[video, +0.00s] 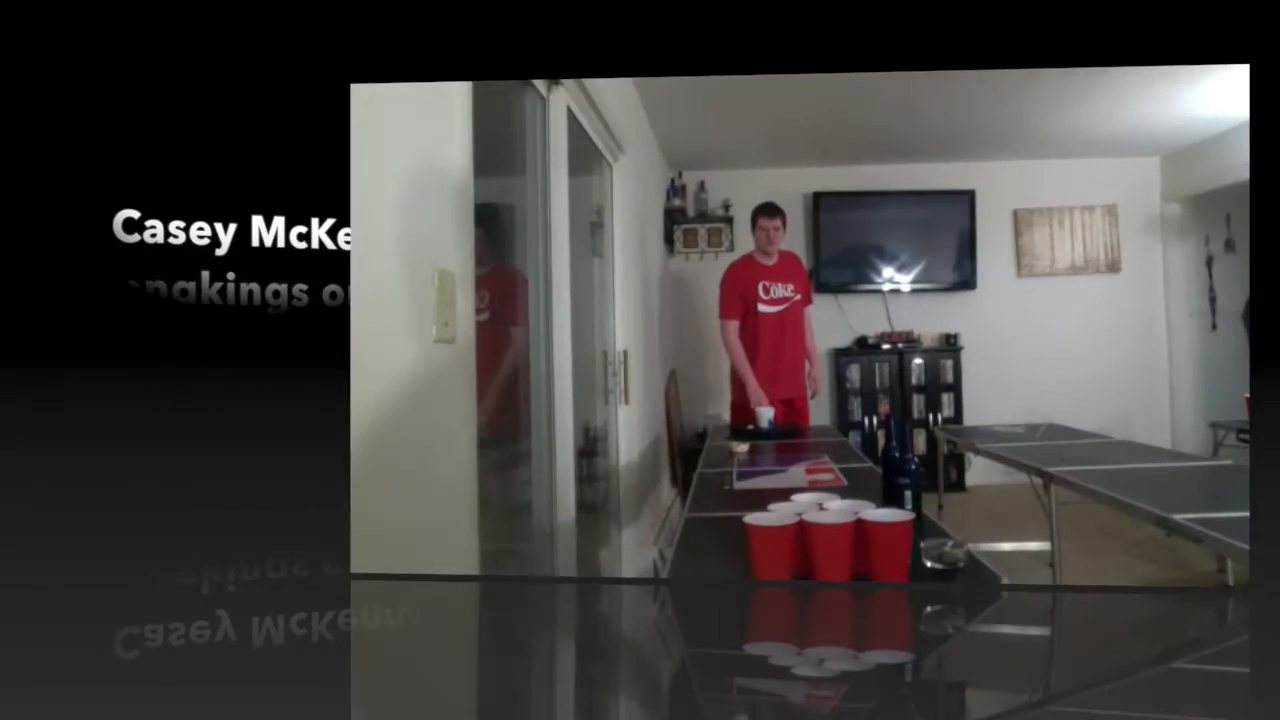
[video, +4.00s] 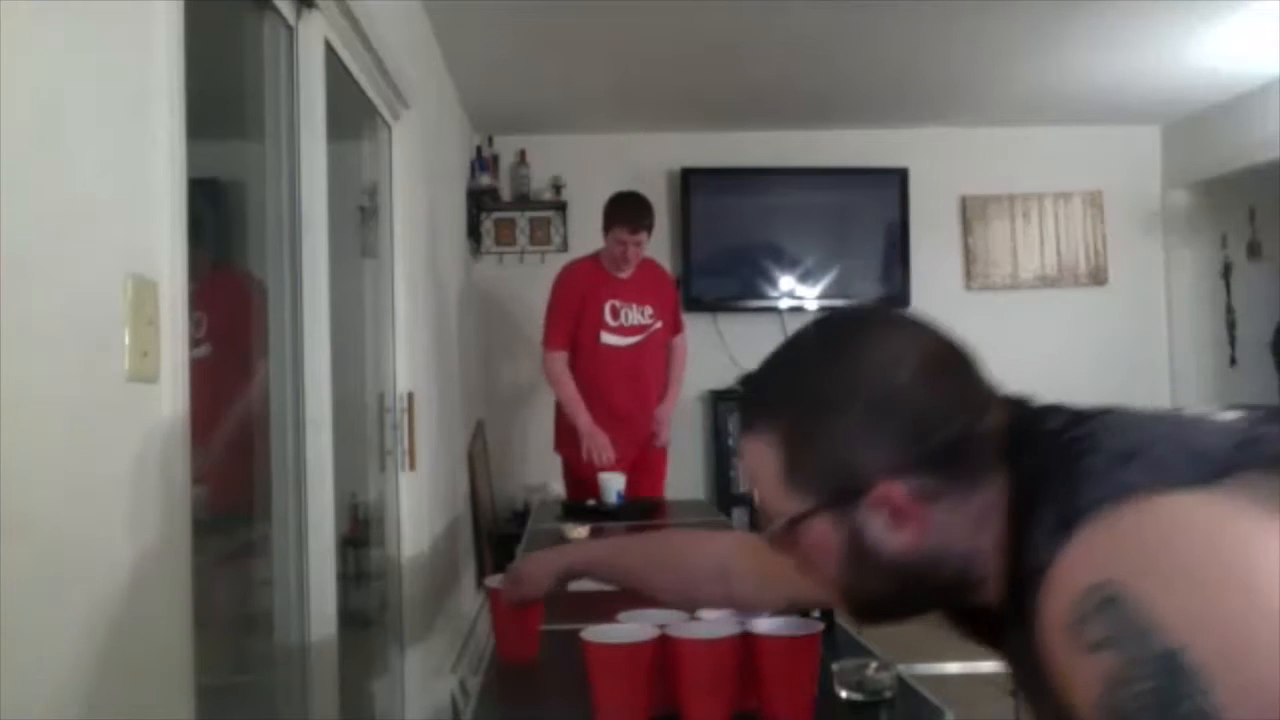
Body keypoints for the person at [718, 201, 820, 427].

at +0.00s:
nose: (770, 236)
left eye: (776, 230)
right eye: (763, 230)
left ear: (784, 232)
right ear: (753, 232)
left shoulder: (794, 264)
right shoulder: (738, 272)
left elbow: (805, 318)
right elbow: (730, 335)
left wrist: (814, 364)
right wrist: (752, 387)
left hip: (793, 387)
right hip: (754, 391)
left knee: (797, 457)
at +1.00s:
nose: (625, 229)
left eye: (633, 220)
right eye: (615, 220)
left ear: (645, 225)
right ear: (601, 225)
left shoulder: (657, 269)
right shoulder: (580, 276)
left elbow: (671, 345)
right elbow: (574, 352)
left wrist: (682, 413)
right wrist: (610, 329)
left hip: (651, 430)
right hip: (598, 433)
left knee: (650, 536)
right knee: (597, 537)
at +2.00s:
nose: (636, 213)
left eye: (644, 203)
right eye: (625, 203)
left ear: (655, 208)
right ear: (609, 209)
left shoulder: (657, 259)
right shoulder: (593, 259)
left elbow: (665, 342)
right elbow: (599, 333)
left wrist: (687, 404)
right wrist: (621, 254)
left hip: (651, 430)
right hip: (602, 432)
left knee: (650, 541)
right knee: (597, 542)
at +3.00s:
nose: (640, 254)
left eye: (648, 245)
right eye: (631, 244)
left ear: (660, 241)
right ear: (618, 237)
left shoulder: (672, 281)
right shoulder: (592, 279)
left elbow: (685, 349)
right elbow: (575, 361)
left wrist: (685, 419)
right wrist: (591, 436)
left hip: (650, 439)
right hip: (600, 440)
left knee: (649, 540)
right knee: (603, 544)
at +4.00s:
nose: (629, 254)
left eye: (638, 245)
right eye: (621, 244)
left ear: (648, 240)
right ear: (605, 235)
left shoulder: (660, 280)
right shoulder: (575, 279)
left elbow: (677, 342)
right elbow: (554, 360)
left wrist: (668, 404)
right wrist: (586, 428)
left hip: (647, 440)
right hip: (590, 440)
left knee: (646, 539)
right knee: (594, 543)